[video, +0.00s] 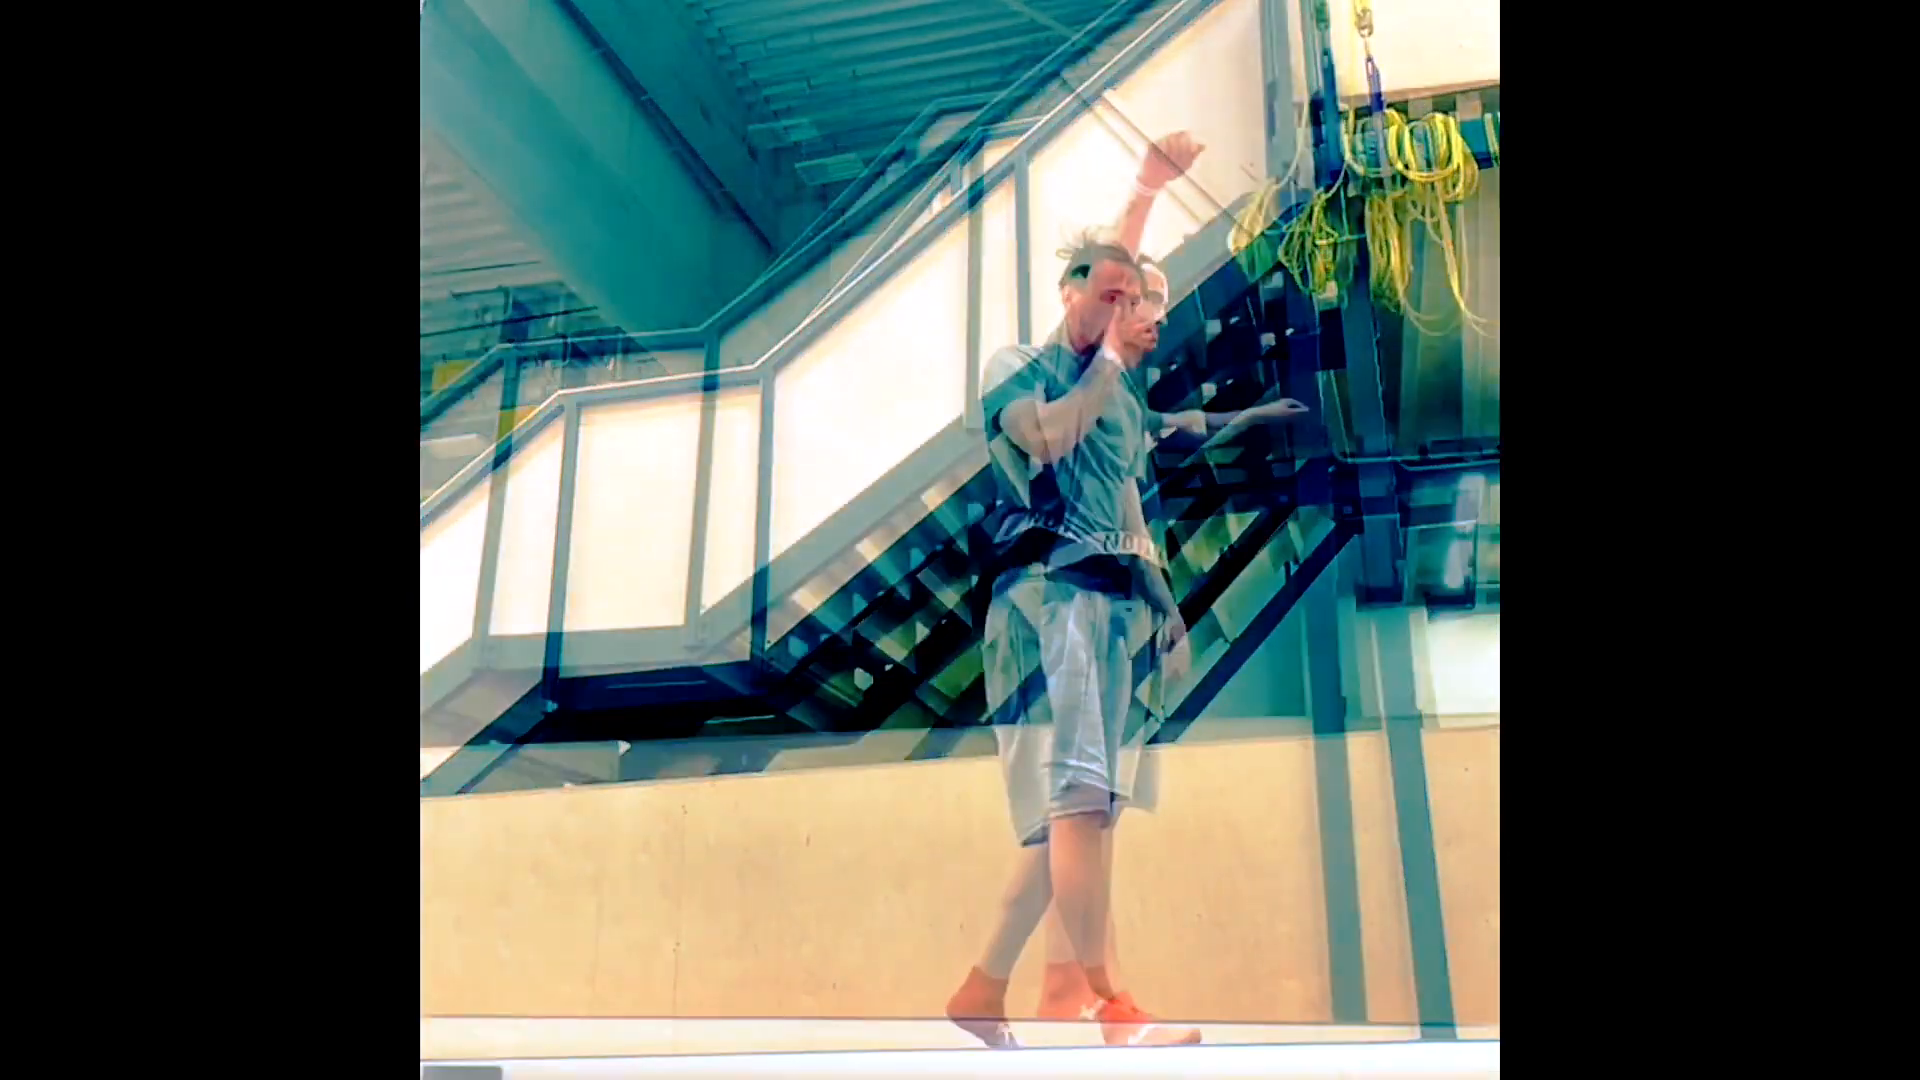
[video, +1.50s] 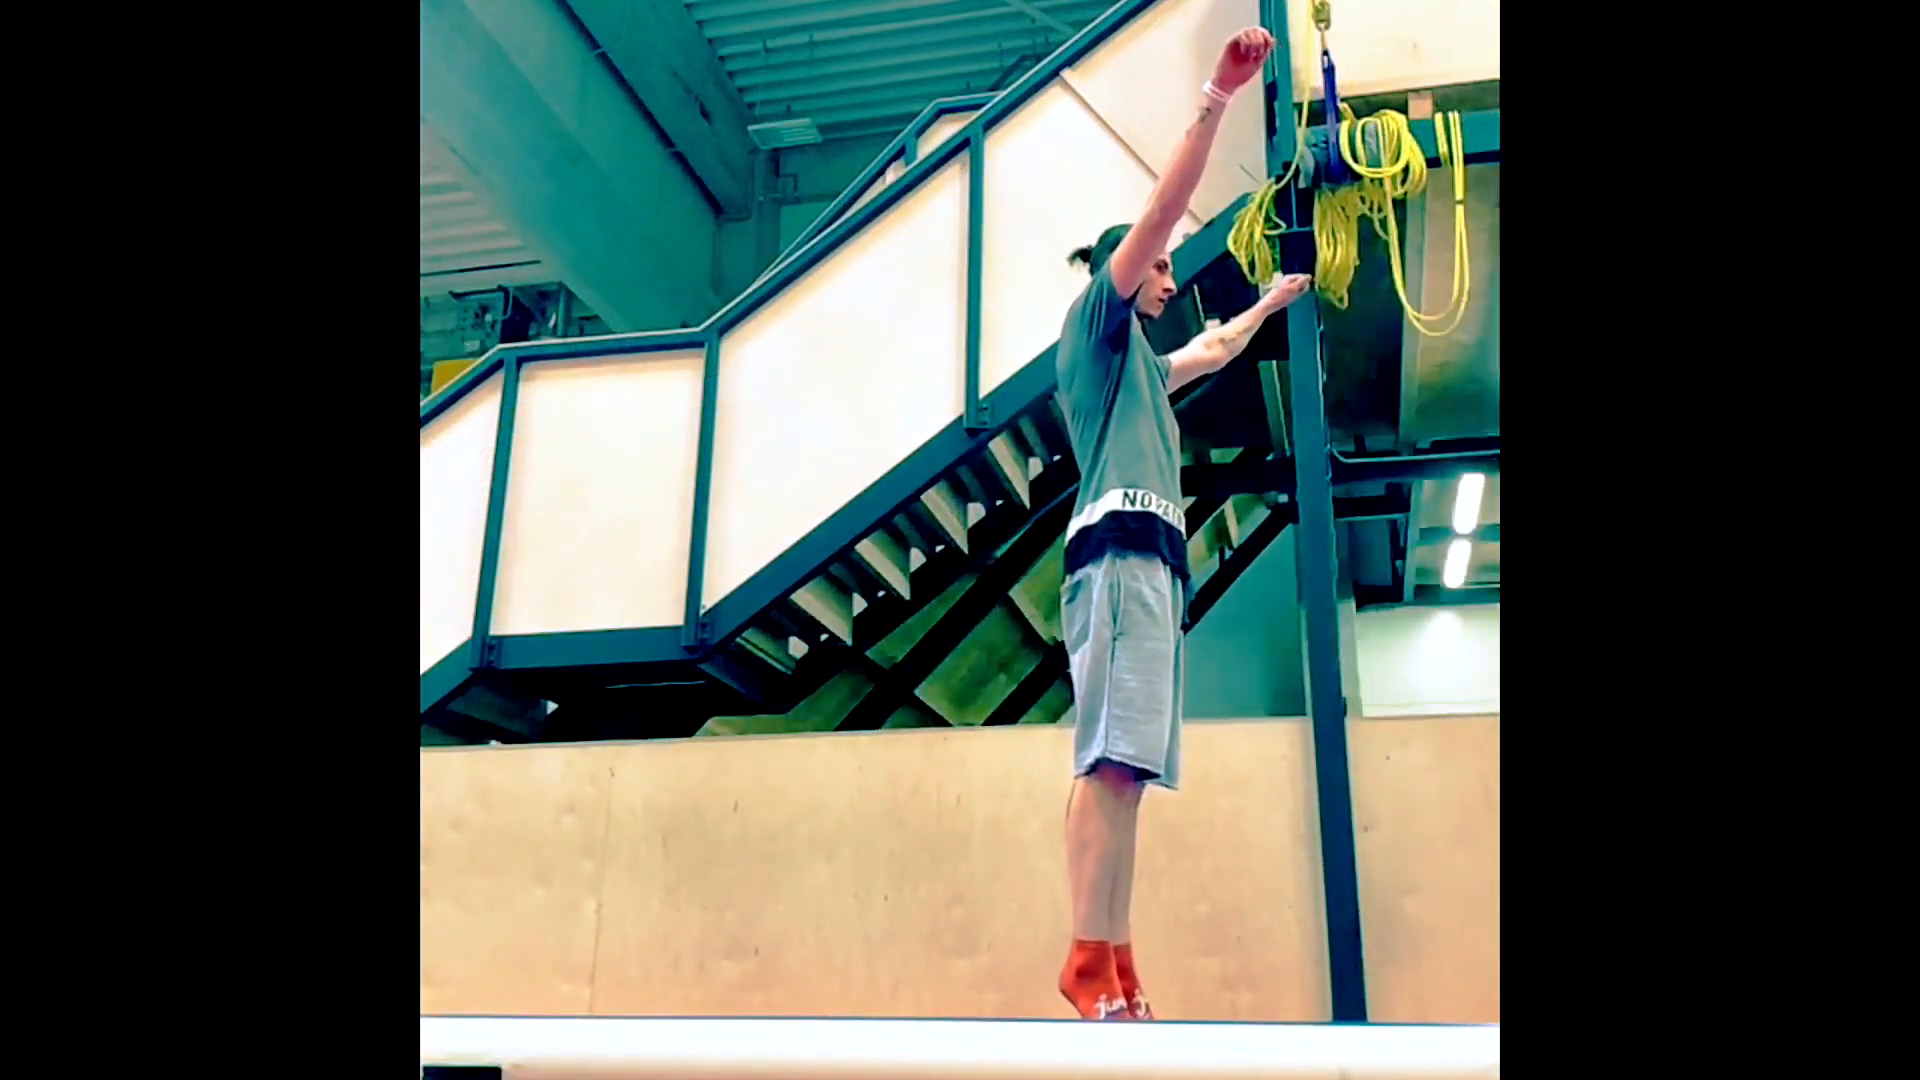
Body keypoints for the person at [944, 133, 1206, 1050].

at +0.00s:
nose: (1126, 312)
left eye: (1132, 302)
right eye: (1114, 294)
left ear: (1129, 312)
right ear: (1074, 293)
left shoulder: (1114, 384)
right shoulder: (1017, 372)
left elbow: (1124, 282)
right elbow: (1046, 438)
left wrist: (1150, 186)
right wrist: (1109, 361)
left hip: (1108, 605)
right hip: (1055, 601)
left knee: (1077, 810)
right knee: (1084, 794)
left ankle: (981, 989)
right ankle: (1087, 988)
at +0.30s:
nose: (1160, 310)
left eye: (1163, 301)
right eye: (1150, 295)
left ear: (1155, 315)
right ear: (1106, 292)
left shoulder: (1130, 389)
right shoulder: (1076, 361)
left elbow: (1192, 427)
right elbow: (1115, 274)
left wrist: (1263, 409)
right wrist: (1153, 183)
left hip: (1138, 589)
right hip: (1099, 583)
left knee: (1108, 795)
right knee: (1088, 790)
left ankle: (1092, 987)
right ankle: (1062, 989)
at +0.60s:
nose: (1169, 302)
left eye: (1170, 294)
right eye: (1158, 290)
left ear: (1156, 316)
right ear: (1116, 294)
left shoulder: (1142, 393)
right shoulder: (1088, 361)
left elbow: (1204, 415)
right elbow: (1127, 274)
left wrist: (1265, 394)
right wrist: (1163, 169)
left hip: (1150, 593)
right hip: (1113, 587)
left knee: (1117, 790)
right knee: (1100, 786)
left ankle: (1092, 987)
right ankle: (1070, 990)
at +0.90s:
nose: (1167, 280)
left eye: (1166, 270)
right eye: (1153, 265)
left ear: (1152, 287)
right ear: (1115, 269)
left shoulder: (1142, 364)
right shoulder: (1091, 329)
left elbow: (1218, 357)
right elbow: (1161, 221)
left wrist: (1282, 319)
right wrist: (1210, 113)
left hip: (1155, 562)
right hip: (1120, 554)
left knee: (1130, 765)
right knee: (1111, 758)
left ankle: (1118, 961)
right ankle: (1085, 957)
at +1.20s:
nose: (1165, 275)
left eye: (1164, 265)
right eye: (1152, 260)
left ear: (1147, 284)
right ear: (1115, 264)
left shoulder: (1139, 358)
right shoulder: (1096, 319)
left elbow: (1219, 341)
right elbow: (1166, 216)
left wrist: (1285, 292)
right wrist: (1223, 102)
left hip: (1150, 556)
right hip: (1121, 549)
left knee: (1126, 760)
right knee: (1114, 756)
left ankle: (1117, 962)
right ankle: (1090, 959)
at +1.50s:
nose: (1164, 278)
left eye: (1166, 268)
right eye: (1153, 262)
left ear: (1148, 286)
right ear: (1118, 266)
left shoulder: (1137, 361)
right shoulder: (1097, 319)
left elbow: (1213, 345)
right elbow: (1165, 209)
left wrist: (1273, 299)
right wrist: (1215, 99)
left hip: (1149, 559)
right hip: (1120, 552)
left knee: (1127, 766)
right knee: (1112, 762)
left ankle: (1115, 964)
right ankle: (1086, 962)